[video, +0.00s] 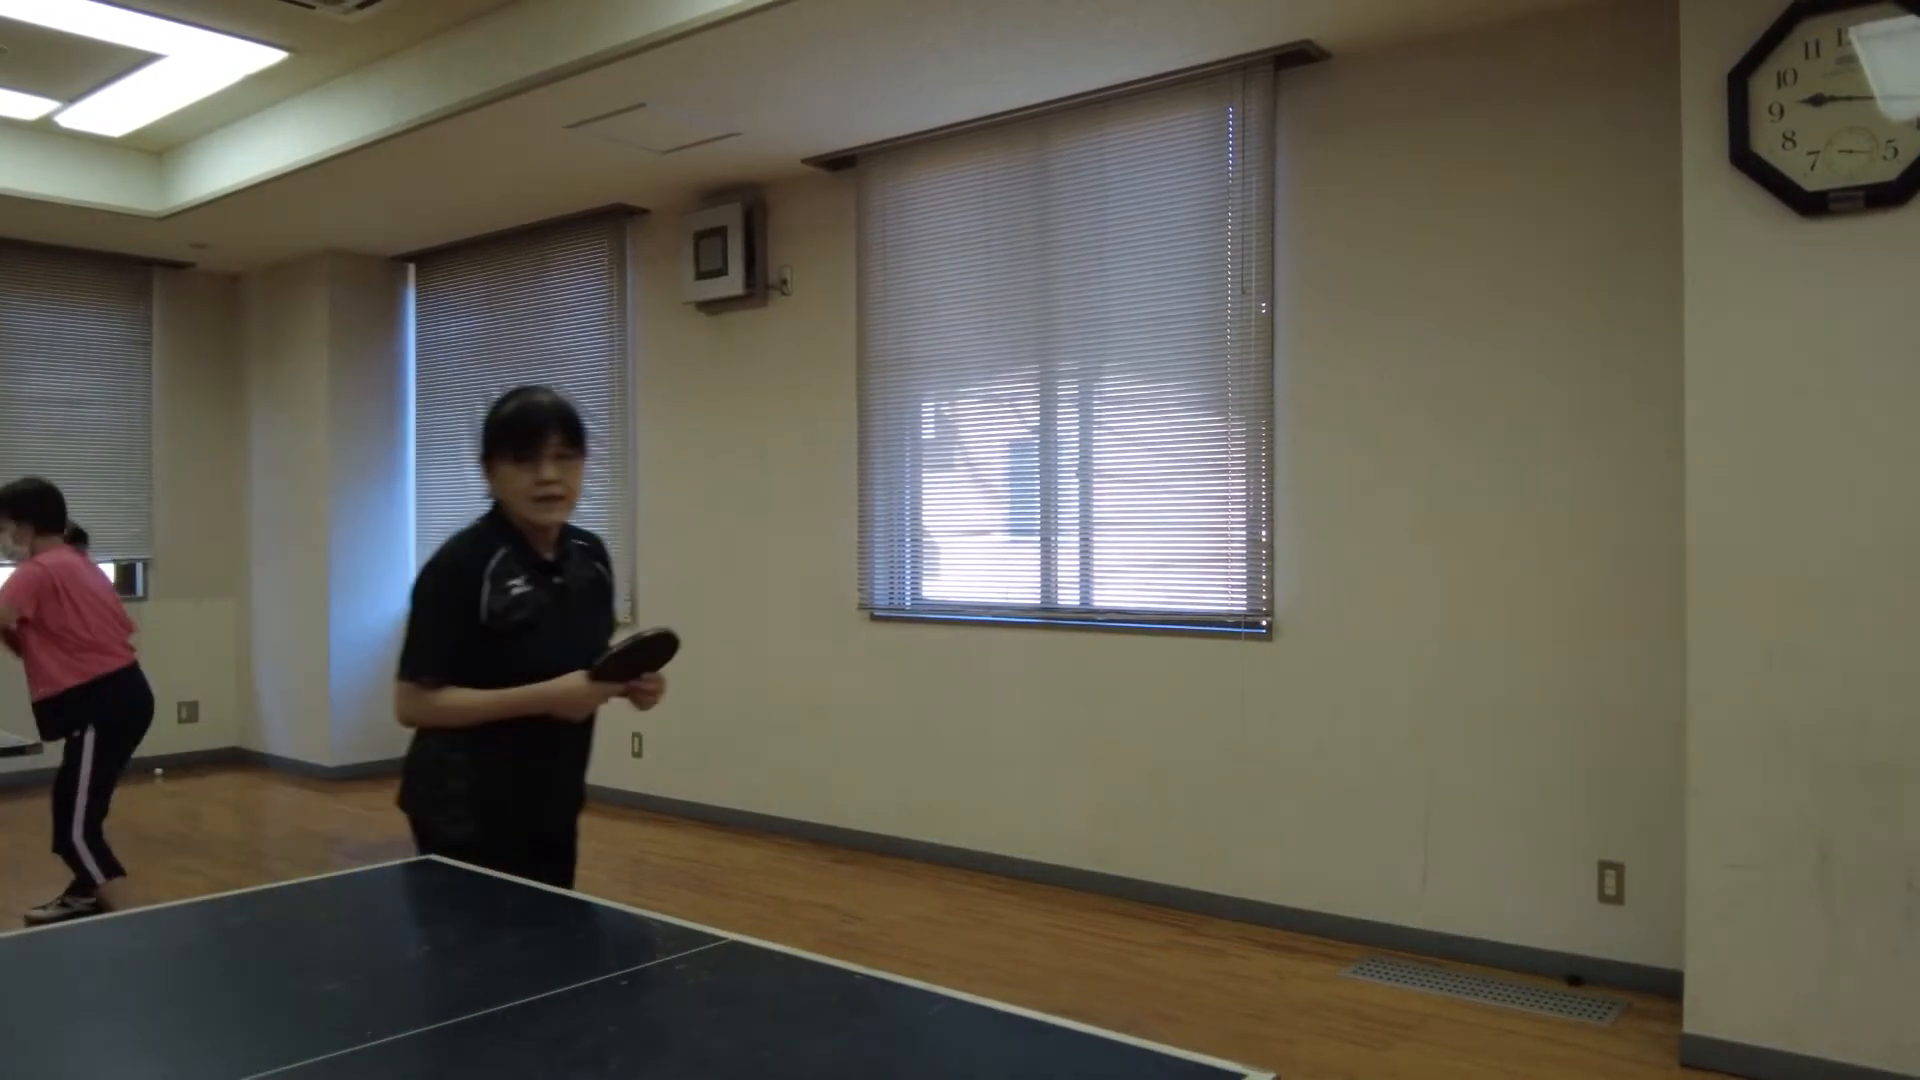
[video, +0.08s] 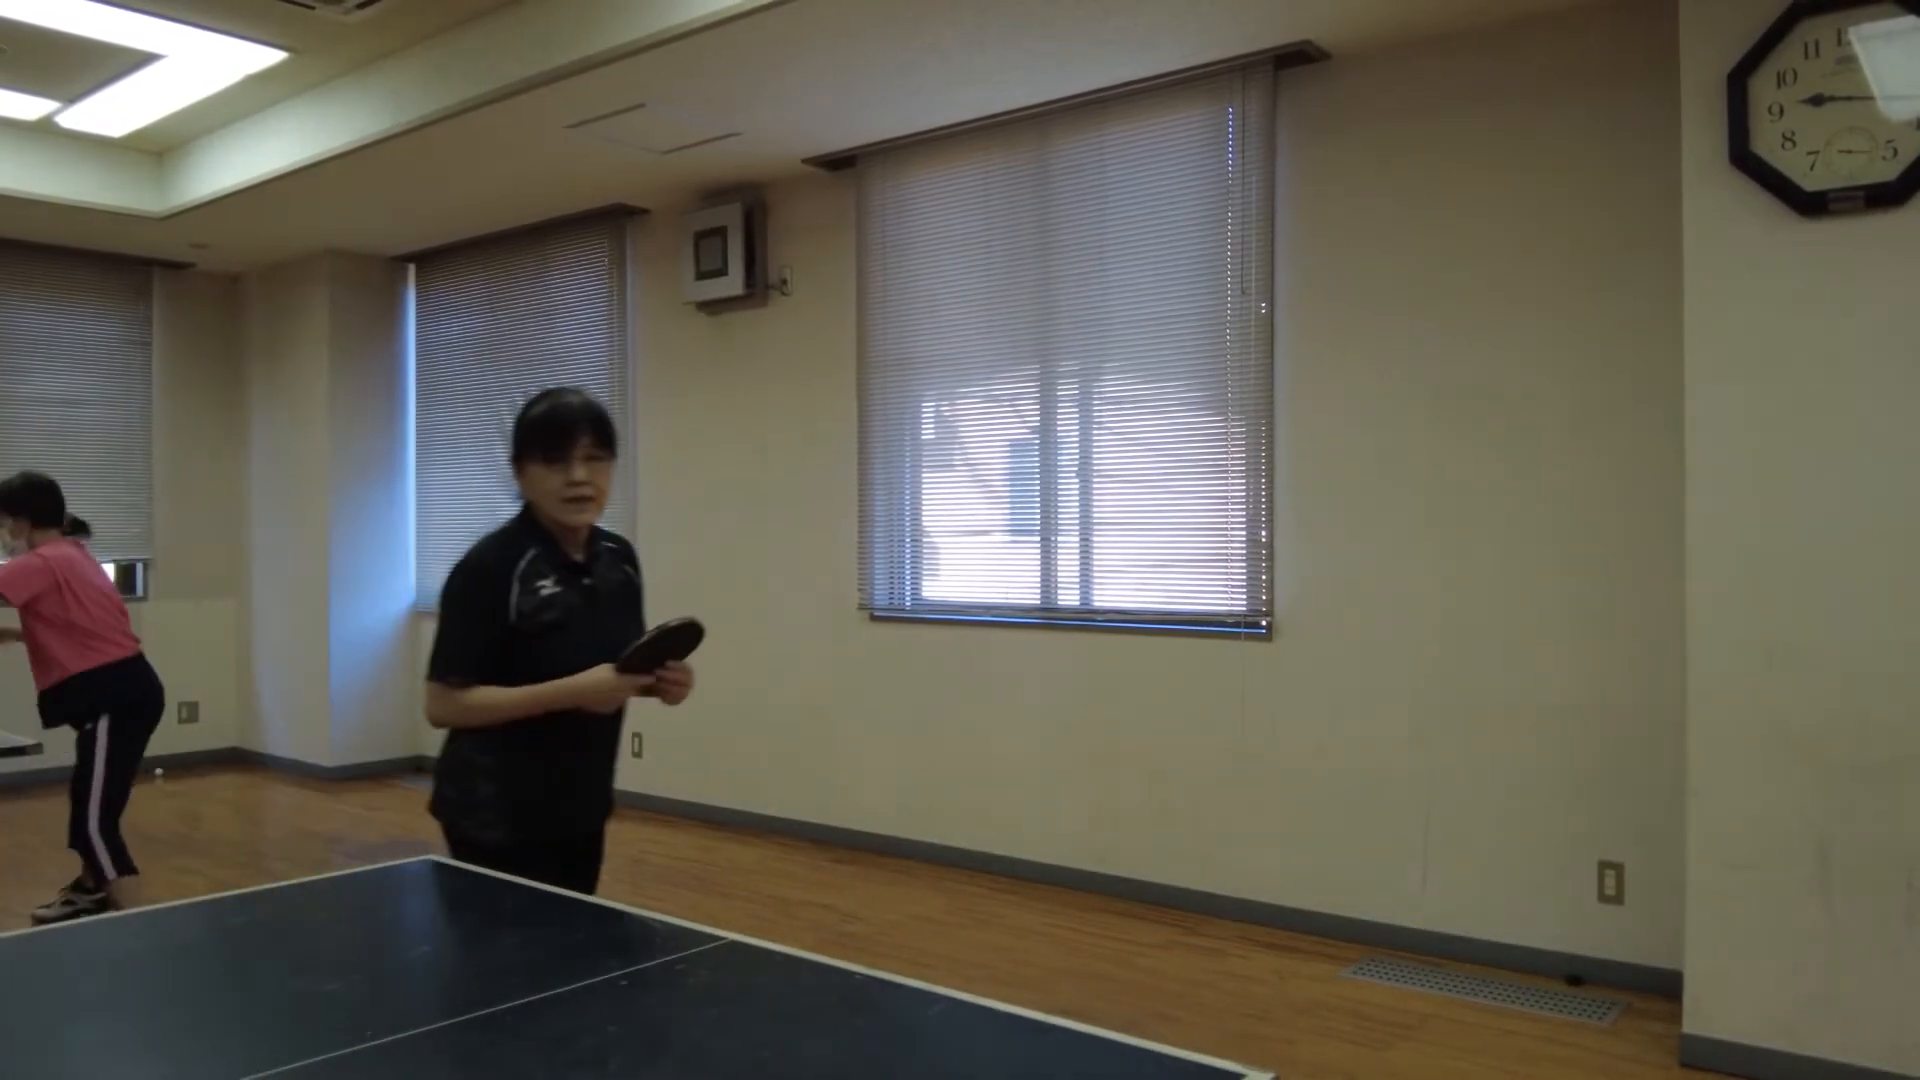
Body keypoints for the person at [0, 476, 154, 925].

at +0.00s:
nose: (6, 534)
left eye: (9, 524)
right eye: (5, 524)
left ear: (28, 524)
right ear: (55, 521)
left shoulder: (35, 571)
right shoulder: (81, 564)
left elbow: (4, 618)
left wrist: (28, 647)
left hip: (98, 699)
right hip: (125, 689)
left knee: (76, 812)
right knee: (73, 798)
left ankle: (105, 902)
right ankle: (85, 890)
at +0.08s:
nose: (5, 529)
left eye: (7, 519)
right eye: (6, 519)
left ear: (23, 519)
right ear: (53, 516)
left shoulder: (46, 561)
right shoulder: (73, 555)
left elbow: (3, 586)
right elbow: (63, 626)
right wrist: (12, 632)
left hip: (111, 693)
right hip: (123, 687)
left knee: (94, 809)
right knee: (90, 798)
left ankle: (117, 907)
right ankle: (92, 886)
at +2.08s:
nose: (18, 545)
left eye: (17, 534)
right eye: (15, 536)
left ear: (36, 527)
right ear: (59, 525)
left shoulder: (70, 567)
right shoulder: (74, 568)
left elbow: (6, 589)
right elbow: (47, 637)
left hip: (141, 705)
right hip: (129, 704)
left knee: (102, 813)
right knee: (89, 799)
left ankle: (128, 913)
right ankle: (107, 892)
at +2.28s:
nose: (21, 552)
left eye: (24, 539)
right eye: (18, 543)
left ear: (53, 535)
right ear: (47, 539)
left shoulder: (84, 582)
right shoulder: (60, 598)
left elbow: (31, 622)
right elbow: (34, 668)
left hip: (148, 715)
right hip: (112, 723)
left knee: (107, 815)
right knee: (72, 802)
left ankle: (131, 916)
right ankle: (105, 890)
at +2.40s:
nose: (23, 552)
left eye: (29, 539)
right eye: (20, 543)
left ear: (58, 537)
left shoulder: (87, 588)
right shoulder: (49, 606)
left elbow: (53, 648)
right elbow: (36, 679)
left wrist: (5, 610)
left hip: (149, 715)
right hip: (109, 725)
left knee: (107, 817)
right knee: (65, 806)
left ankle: (137, 924)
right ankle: (105, 892)